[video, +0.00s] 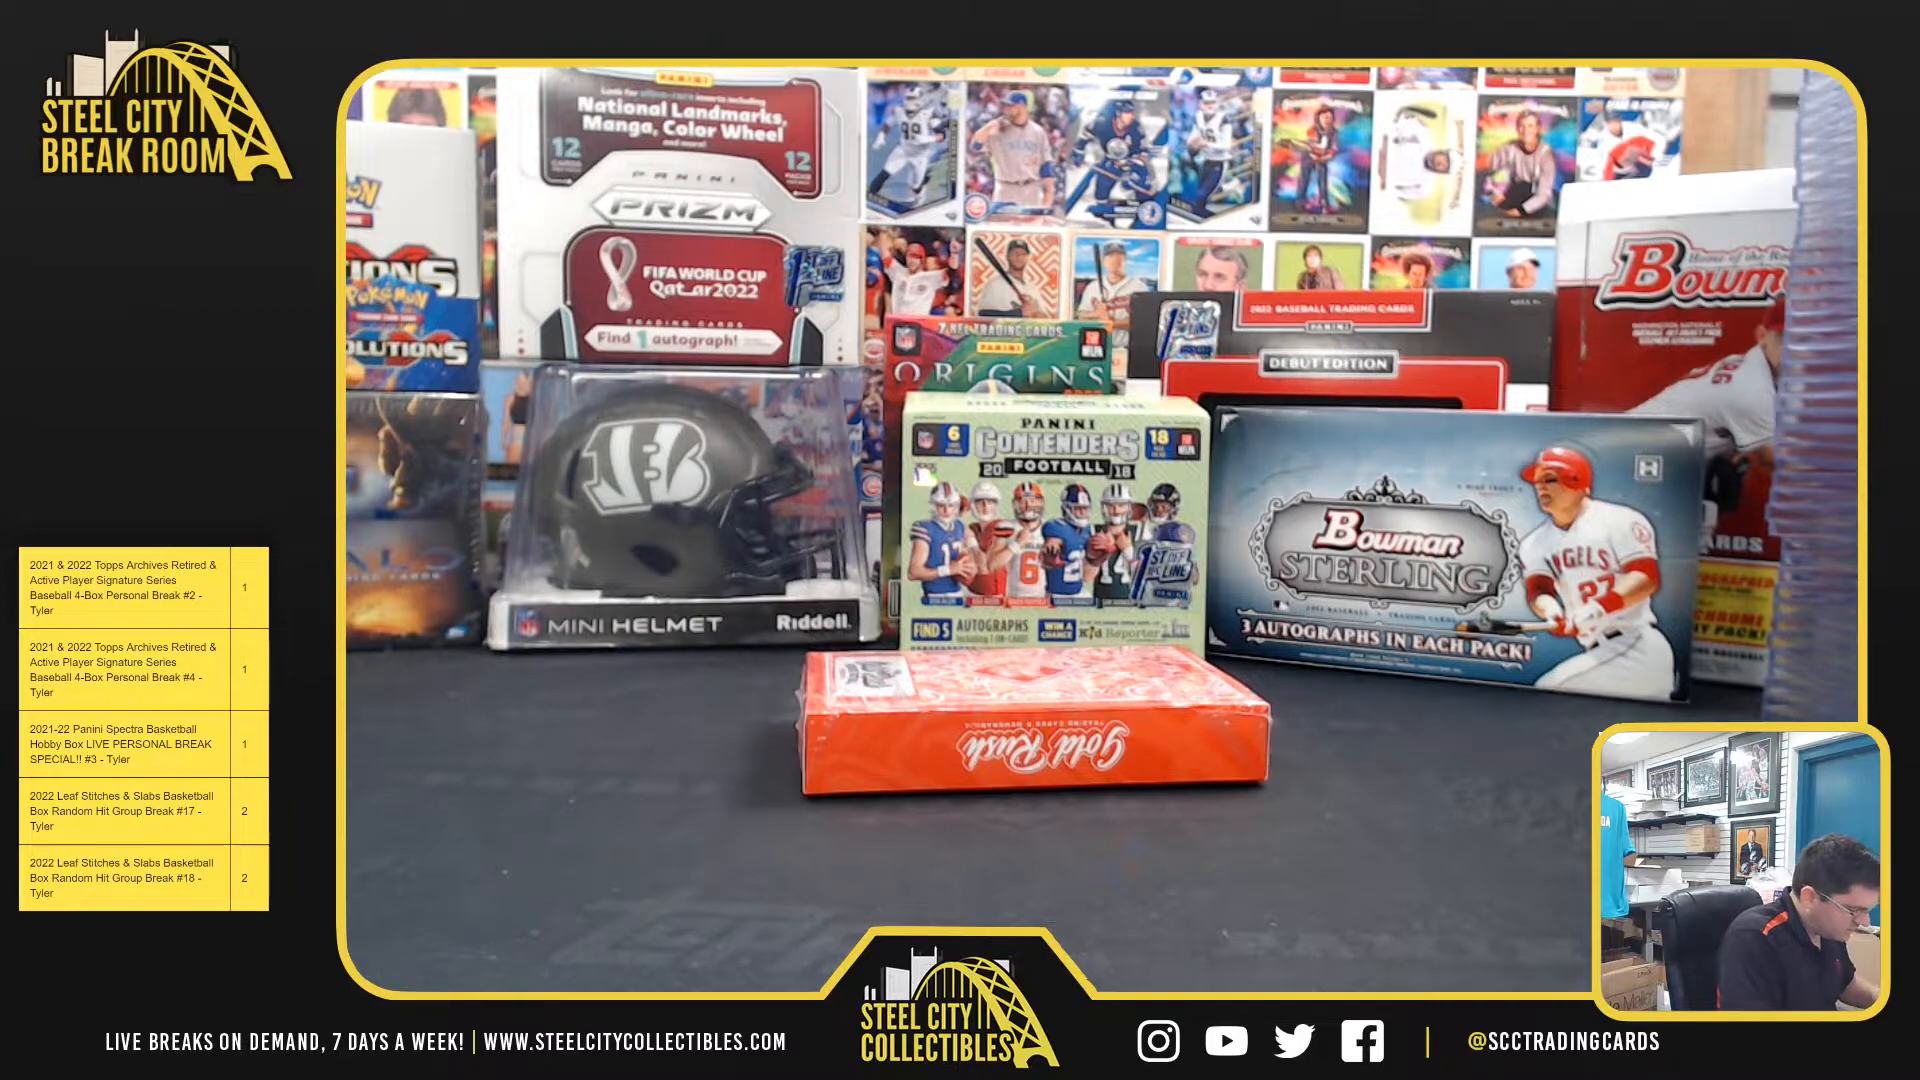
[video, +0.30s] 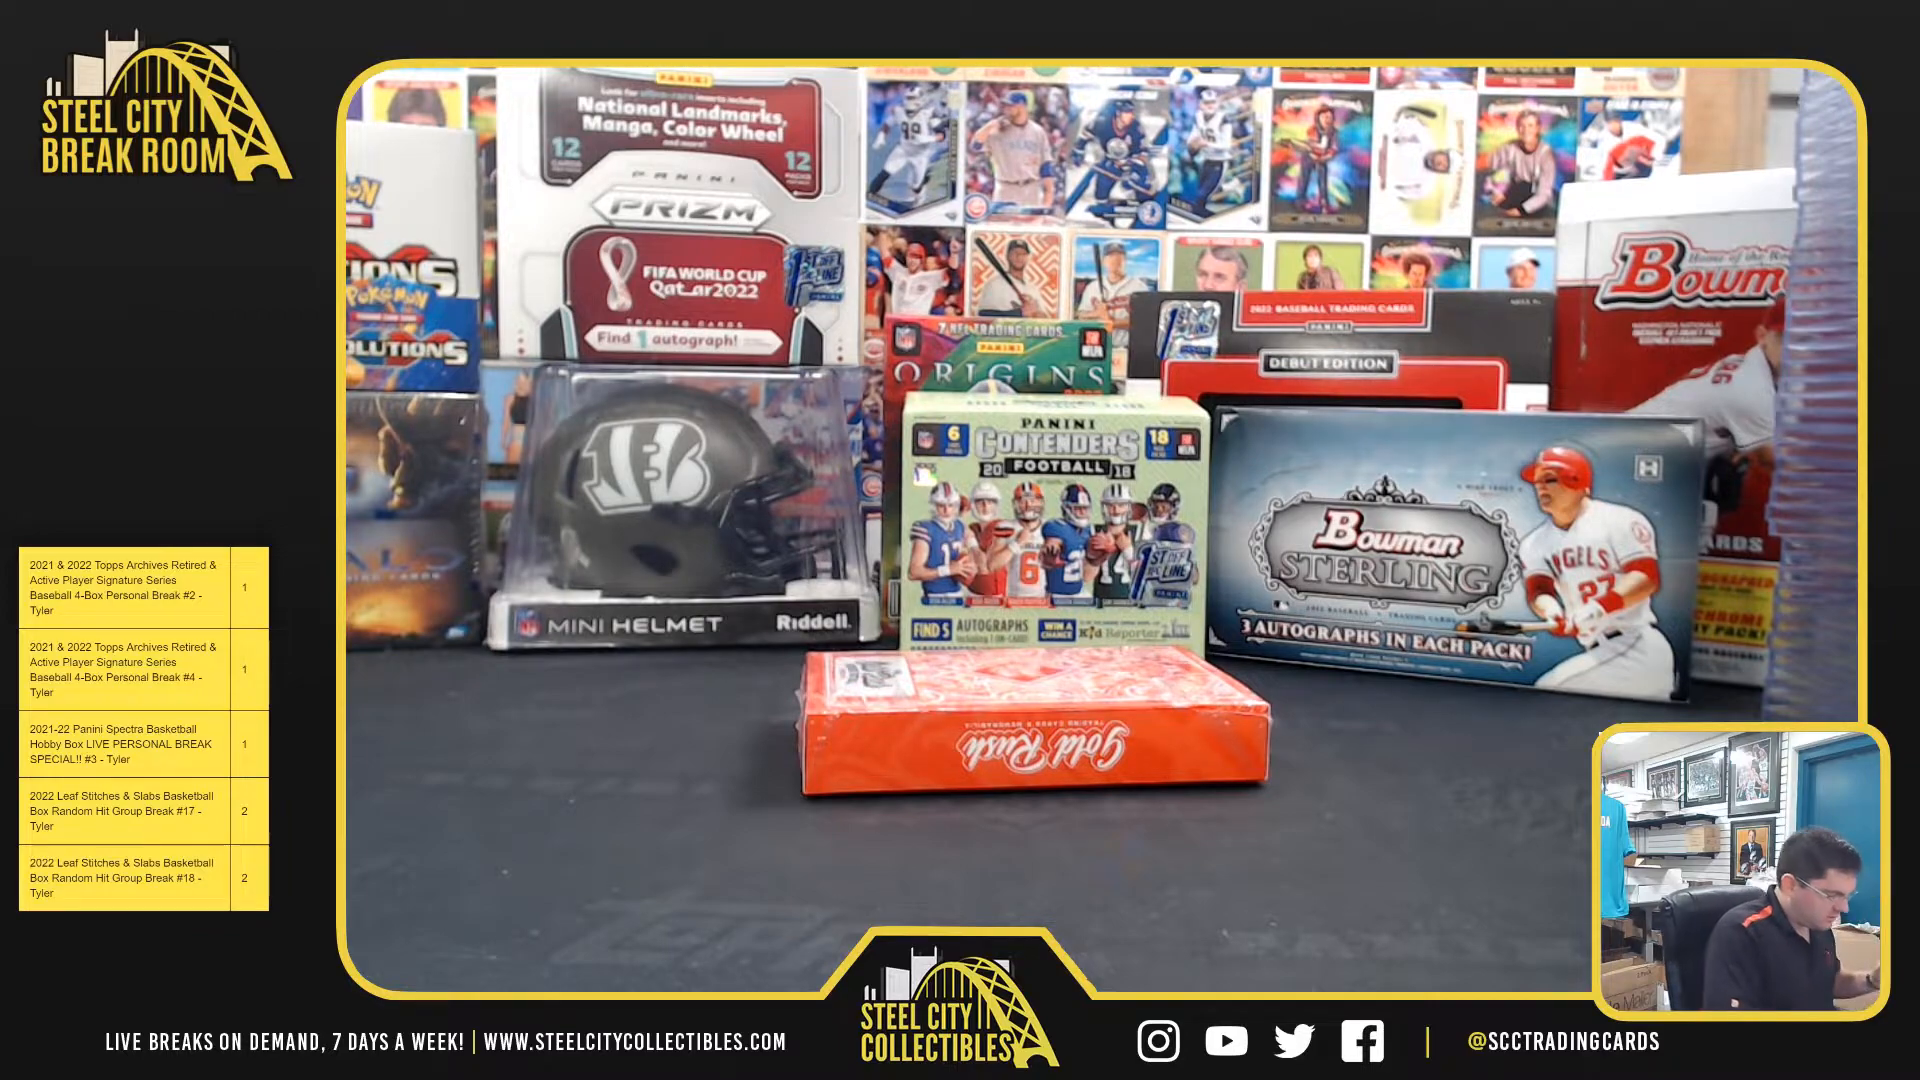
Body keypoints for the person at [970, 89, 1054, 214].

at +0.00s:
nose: (1006, 110)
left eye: (1010, 106)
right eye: (1006, 106)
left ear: (1022, 107)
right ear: (1004, 107)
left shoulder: (1038, 132)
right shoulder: (997, 129)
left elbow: (1046, 166)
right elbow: (974, 148)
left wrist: (1048, 198)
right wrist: (991, 127)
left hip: (1031, 186)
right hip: (1005, 186)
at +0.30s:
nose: (1006, 110)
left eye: (1010, 106)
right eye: (1006, 106)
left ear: (1022, 107)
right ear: (1004, 107)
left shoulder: (1038, 132)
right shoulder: (996, 129)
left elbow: (1046, 166)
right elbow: (974, 147)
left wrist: (1048, 198)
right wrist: (991, 127)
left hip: (1032, 186)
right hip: (1005, 186)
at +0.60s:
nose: (1006, 110)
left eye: (1010, 106)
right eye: (1006, 106)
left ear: (1022, 107)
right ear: (1004, 107)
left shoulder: (1038, 132)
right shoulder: (996, 129)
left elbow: (1046, 166)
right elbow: (974, 147)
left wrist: (1048, 198)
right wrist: (991, 127)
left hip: (1032, 186)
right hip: (1005, 186)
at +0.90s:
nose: (1006, 110)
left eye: (1010, 106)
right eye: (1005, 106)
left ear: (1022, 107)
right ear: (1004, 107)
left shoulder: (1038, 132)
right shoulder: (996, 129)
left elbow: (1046, 166)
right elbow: (974, 148)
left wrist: (1048, 198)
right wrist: (991, 127)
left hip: (1032, 186)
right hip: (1005, 186)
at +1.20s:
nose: (1006, 110)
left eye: (1010, 106)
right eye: (1006, 106)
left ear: (1022, 106)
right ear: (1004, 107)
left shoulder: (1038, 132)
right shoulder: (996, 129)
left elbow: (1046, 166)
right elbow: (974, 148)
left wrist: (1048, 199)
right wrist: (990, 127)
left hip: (1031, 186)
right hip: (1005, 186)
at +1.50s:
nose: (1006, 110)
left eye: (1010, 106)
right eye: (1005, 106)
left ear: (1022, 107)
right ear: (1004, 107)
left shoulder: (1038, 132)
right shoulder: (996, 129)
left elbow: (1046, 166)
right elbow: (974, 148)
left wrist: (1048, 198)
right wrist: (990, 127)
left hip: (1031, 186)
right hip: (1005, 186)